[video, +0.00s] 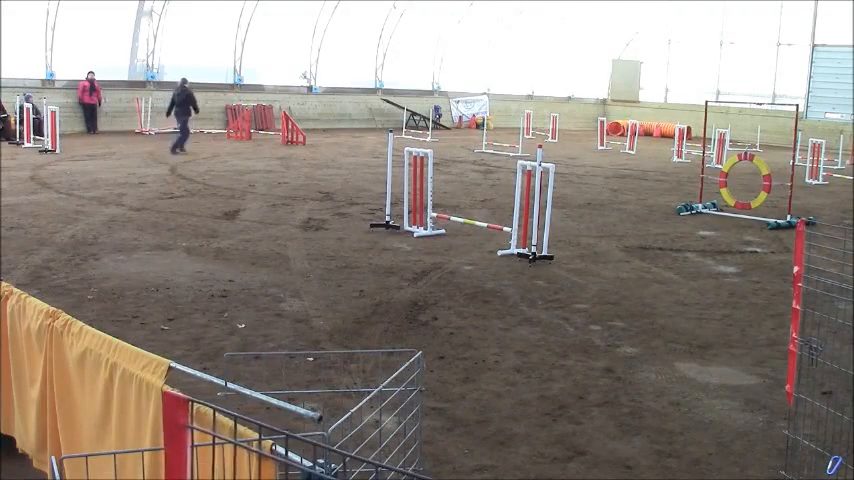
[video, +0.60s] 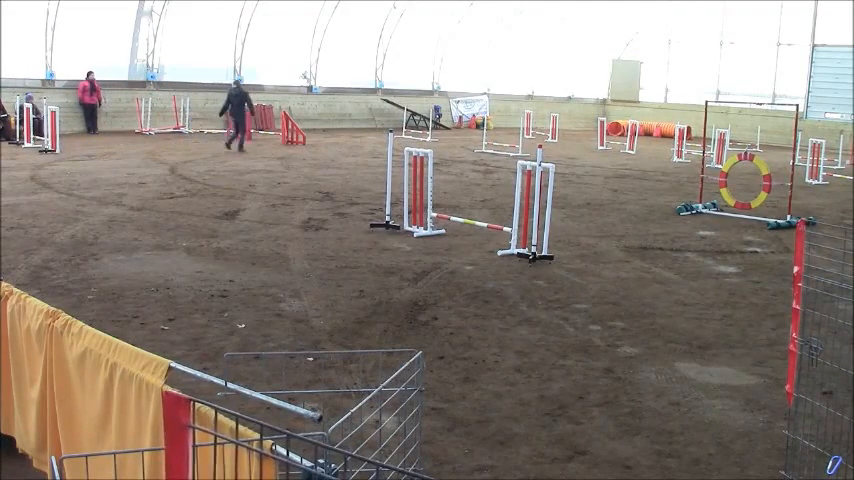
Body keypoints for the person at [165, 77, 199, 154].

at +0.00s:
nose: (186, 85)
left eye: (185, 83)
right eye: (186, 83)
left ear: (180, 83)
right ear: (186, 83)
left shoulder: (176, 91)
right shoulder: (188, 91)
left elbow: (172, 102)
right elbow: (193, 101)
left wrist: (168, 111)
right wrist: (196, 109)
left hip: (177, 112)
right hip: (185, 112)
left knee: (184, 130)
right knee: (184, 132)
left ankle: (181, 146)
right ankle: (174, 147)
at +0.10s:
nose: (194, 84)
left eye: (192, 82)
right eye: (195, 82)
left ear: (190, 82)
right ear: (196, 82)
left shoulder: (186, 90)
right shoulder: (199, 90)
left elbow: (182, 101)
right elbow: (204, 100)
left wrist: (177, 110)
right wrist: (205, 108)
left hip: (188, 111)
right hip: (196, 111)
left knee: (196, 129)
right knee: (189, 130)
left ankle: (202, 145)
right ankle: (178, 145)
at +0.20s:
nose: (203, 85)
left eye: (201, 83)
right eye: (203, 83)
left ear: (199, 84)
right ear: (205, 84)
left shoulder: (196, 92)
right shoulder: (208, 92)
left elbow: (191, 103)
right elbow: (213, 102)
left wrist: (186, 112)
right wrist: (215, 110)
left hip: (198, 113)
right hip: (206, 113)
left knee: (205, 131)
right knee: (205, 131)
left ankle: (209, 146)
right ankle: (191, 141)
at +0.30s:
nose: (212, 85)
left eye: (210, 84)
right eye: (213, 84)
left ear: (208, 84)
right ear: (214, 84)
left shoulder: (205, 92)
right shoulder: (218, 93)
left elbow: (200, 104)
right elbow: (222, 105)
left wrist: (195, 114)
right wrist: (225, 115)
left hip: (207, 116)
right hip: (214, 116)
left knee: (212, 131)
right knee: (220, 132)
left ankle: (210, 145)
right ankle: (211, 144)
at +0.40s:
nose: (221, 83)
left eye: (219, 82)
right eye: (222, 82)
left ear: (217, 82)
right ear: (223, 82)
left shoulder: (214, 90)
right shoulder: (226, 91)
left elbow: (210, 101)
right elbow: (230, 102)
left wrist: (205, 110)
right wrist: (233, 110)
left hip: (216, 114)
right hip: (224, 114)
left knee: (216, 131)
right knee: (229, 129)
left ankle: (211, 146)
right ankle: (230, 146)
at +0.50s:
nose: (229, 84)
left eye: (227, 83)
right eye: (230, 82)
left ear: (225, 83)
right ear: (232, 83)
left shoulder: (223, 90)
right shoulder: (235, 90)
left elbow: (218, 101)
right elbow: (239, 100)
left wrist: (214, 110)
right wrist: (242, 109)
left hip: (225, 113)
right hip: (233, 113)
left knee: (225, 130)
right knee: (236, 130)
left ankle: (216, 143)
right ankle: (239, 146)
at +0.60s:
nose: (235, 87)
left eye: (234, 85)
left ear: (234, 85)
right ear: (240, 85)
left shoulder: (231, 92)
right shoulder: (244, 93)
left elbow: (227, 104)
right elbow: (249, 103)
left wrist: (222, 112)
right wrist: (252, 111)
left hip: (233, 113)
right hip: (241, 113)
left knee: (236, 131)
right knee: (243, 131)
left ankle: (229, 142)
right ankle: (240, 146)